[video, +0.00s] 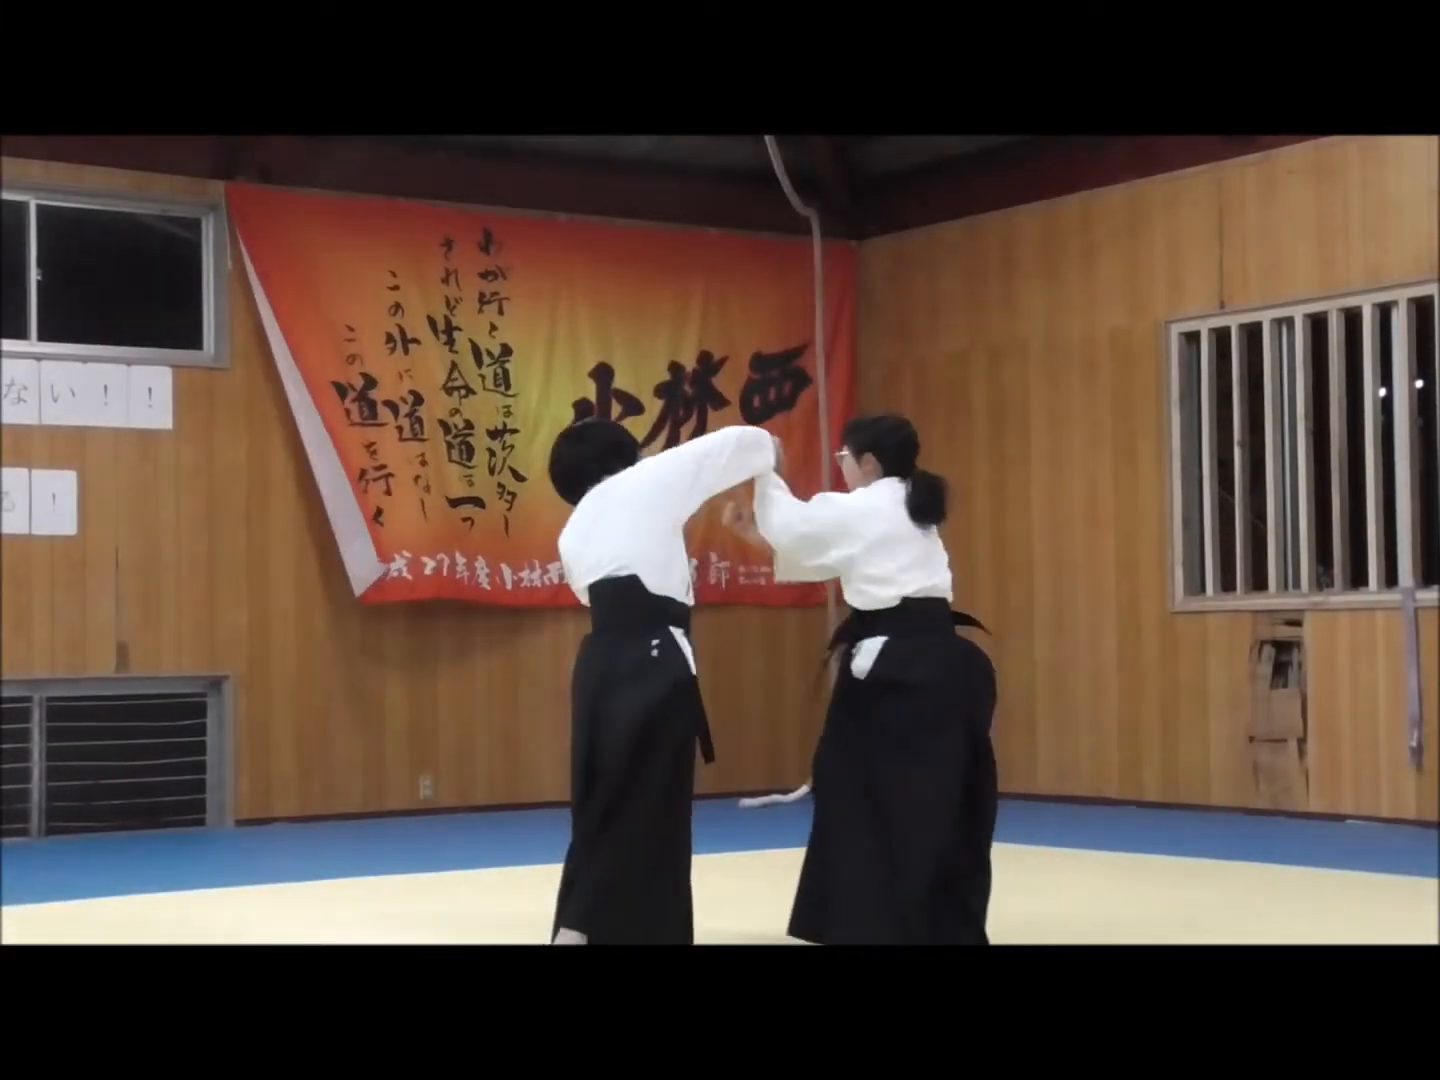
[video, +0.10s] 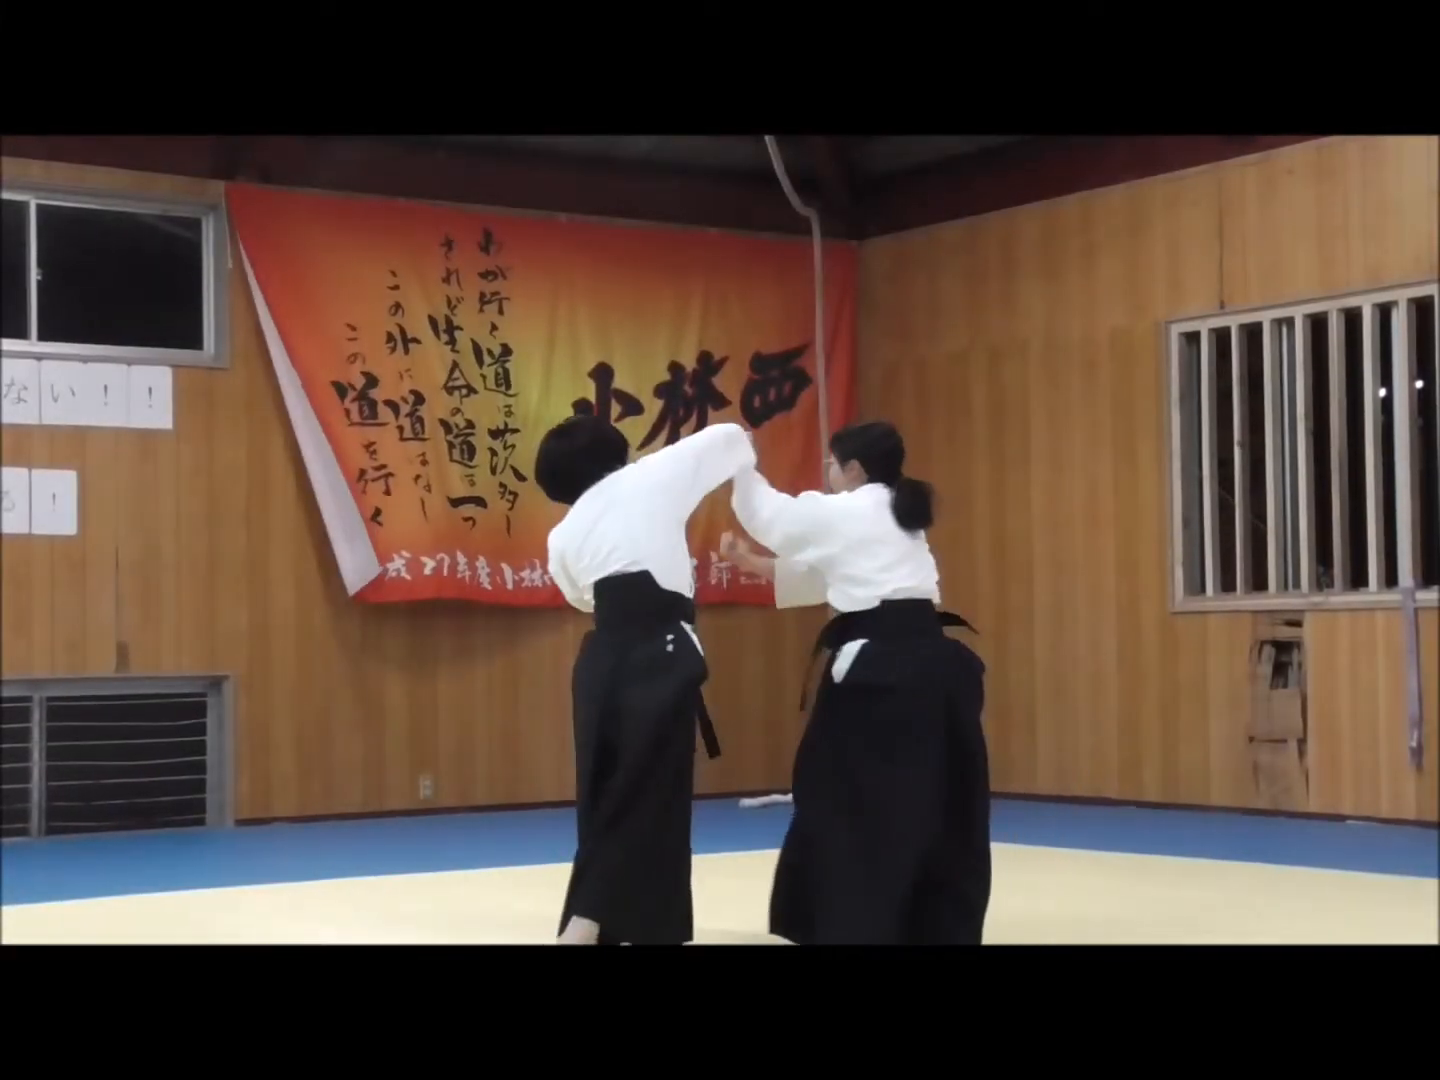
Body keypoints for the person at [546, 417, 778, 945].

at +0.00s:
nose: (639, 451)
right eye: (631, 446)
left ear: (570, 483)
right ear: (623, 454)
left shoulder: (573, 531)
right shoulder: (651, 478)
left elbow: (601, 597)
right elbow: (752, 442)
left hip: (597, 661)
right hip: (654, 658)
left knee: (599, 808)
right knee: (643, 812)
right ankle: (574, 929)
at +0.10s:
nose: (619, 435)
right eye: (612, 434)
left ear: (560, 488)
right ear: (616, 451)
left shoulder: (562, 537)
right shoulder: (653, 476)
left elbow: (582, 600)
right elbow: (734, 435)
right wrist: (744, 522)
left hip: (600, 650)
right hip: (661, 641)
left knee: (601, 790)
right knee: (637, 787)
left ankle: (629, 928)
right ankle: (581, 928)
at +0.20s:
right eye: (603, 434)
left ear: (553, 489)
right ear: (611, 451)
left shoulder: (555, 540)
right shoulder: (652, 475)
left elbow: (559, 607)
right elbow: (705, 443)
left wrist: (609, 576)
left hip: (604, 653)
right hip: (671, 642)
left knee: (604, 790)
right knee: (658, 779)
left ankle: (617, 925)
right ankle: (608, 914)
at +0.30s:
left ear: (551, 489)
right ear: (607, 454)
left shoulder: (551, 539)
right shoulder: (665, 473)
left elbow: (530, 614)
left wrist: (582, 576)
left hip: (611, 656)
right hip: (685, 645)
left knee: (610, 789)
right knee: (683, 779)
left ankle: (607, 929)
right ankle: (648, 915)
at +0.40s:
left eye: (541, 484)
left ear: (548, 494)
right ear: (609, 469)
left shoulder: (549, 543)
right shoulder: (648, 495)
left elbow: (513, 633)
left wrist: (553, 598)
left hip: (623, 660)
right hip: (697, 651)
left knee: (617, 796)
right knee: (693, 791)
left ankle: (613, 928)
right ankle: (683, 925)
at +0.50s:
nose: (538, 526)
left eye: (538, 517)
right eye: (538, 517)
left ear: (549, 522)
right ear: (606, 508)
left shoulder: (553, 562)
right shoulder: (637, 540)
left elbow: (492, 639)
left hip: (625, 680)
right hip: (699, 672)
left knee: (624, 818)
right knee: (704, 809)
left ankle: (626, 931)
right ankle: (704, 930)